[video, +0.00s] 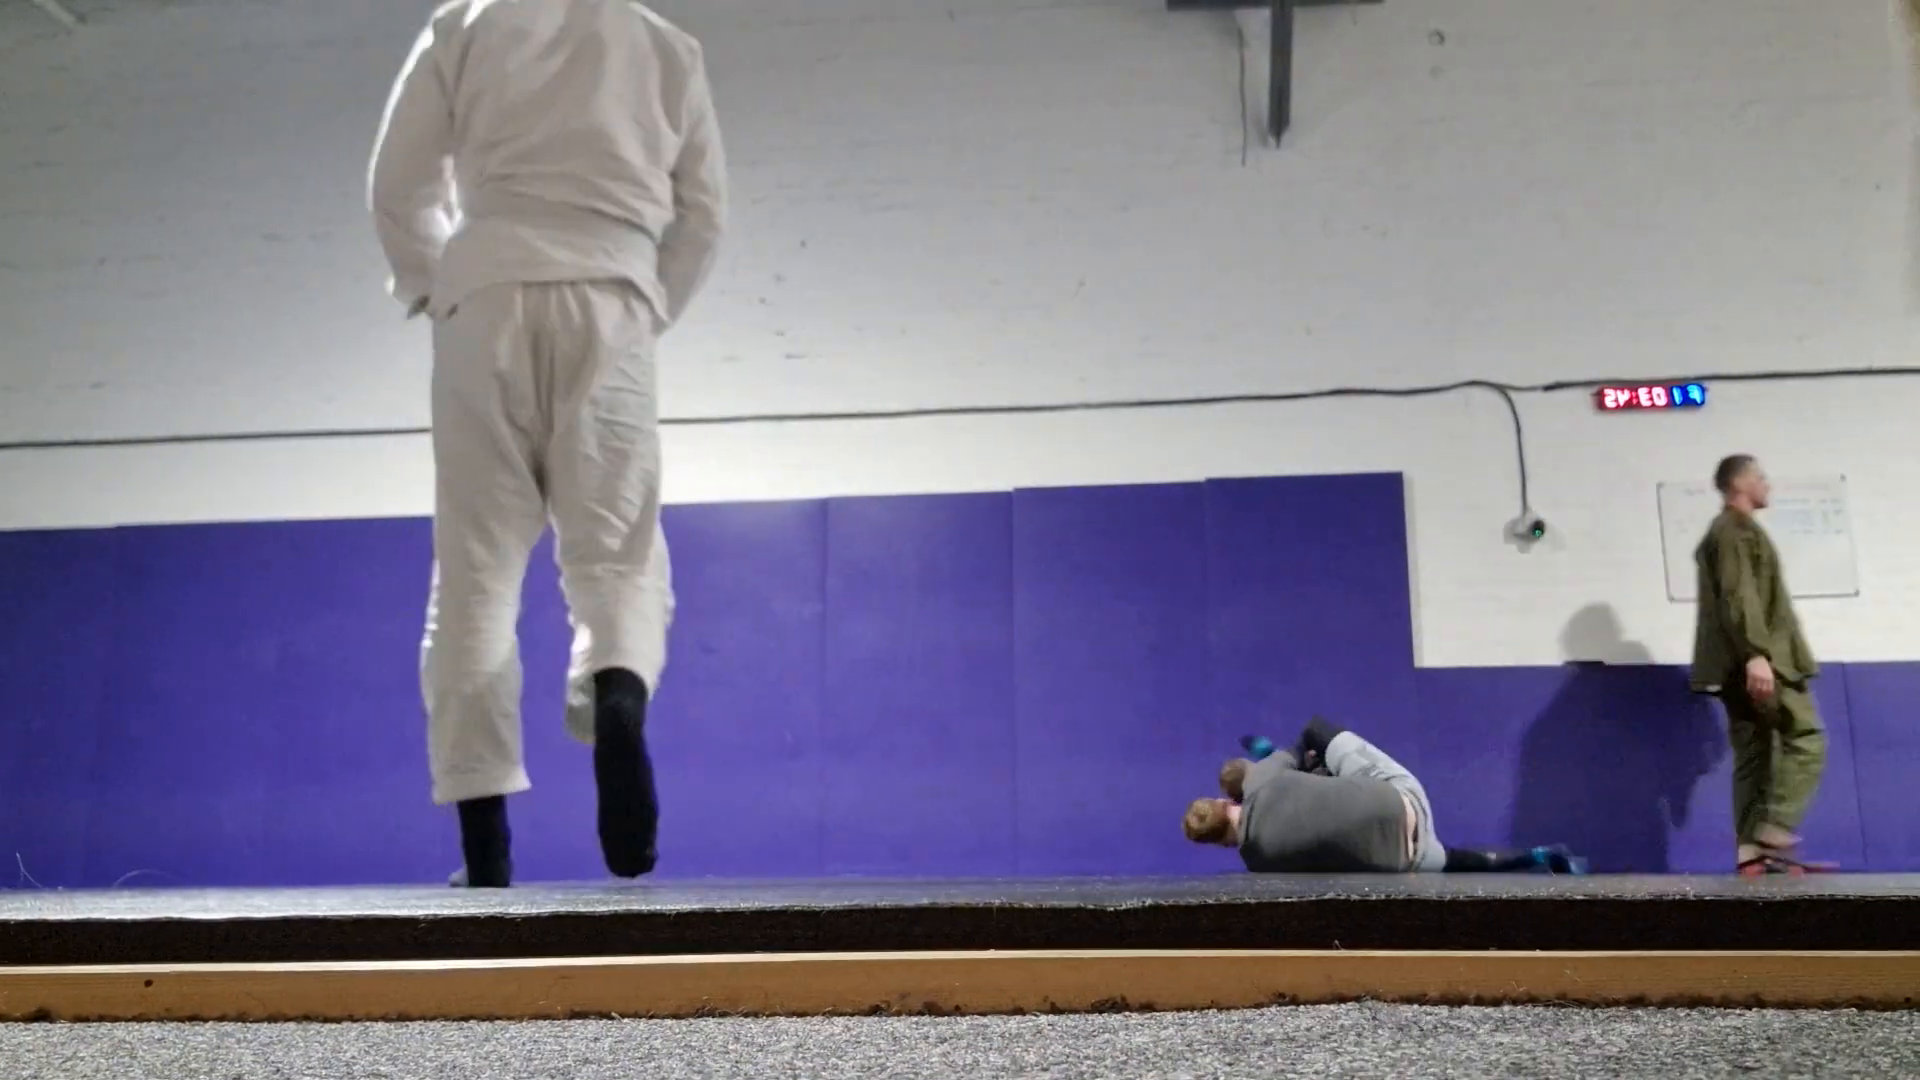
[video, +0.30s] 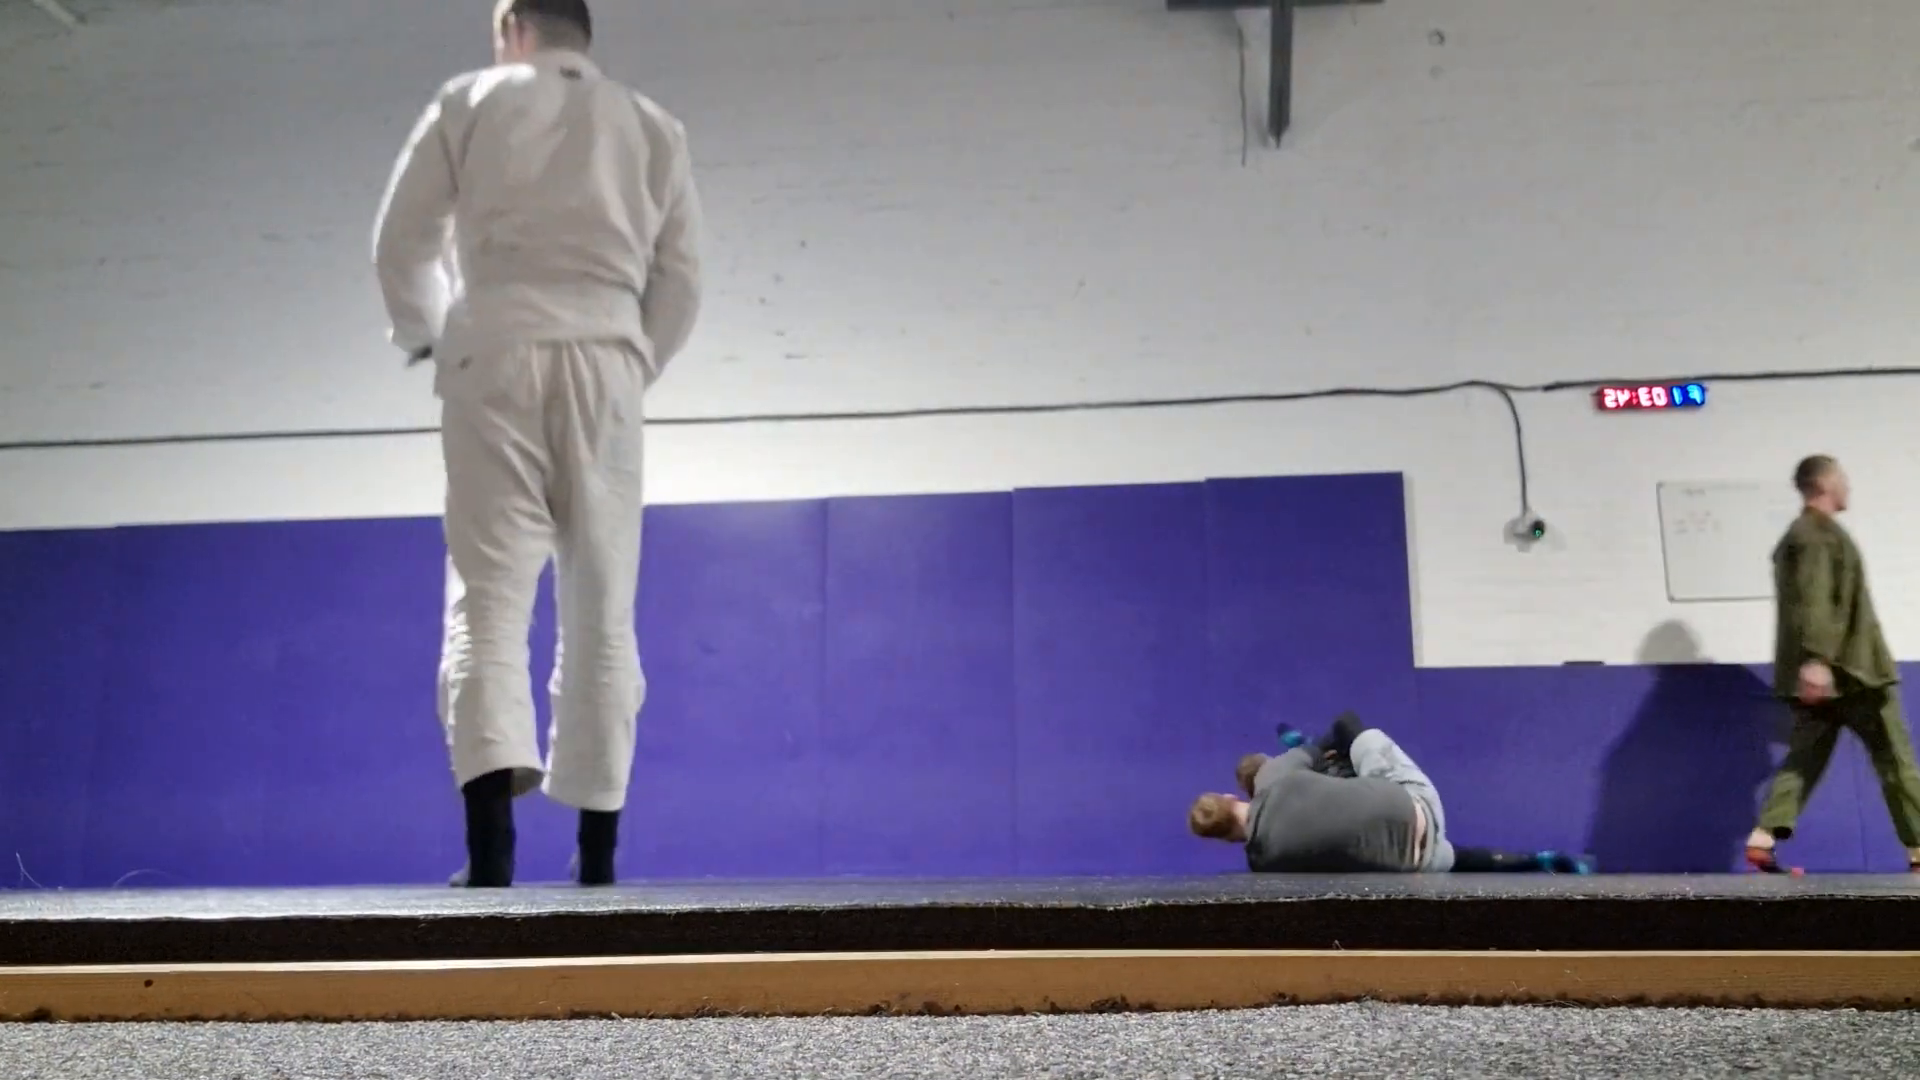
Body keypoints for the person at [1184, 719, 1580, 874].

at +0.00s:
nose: (1218, 798)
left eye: (1211, 828)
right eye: (1220, 795)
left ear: (1218, 843)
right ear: (1230, 794)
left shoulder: (1258, 862)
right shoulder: (1261, 778)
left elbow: (1315, 866)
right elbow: (1303, 751)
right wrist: (1281, 761)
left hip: (1407, 861)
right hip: (1407, 805)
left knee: (1459, 859)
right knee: (1320, 729)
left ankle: (1535, 861)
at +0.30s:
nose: (1252, 771)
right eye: (1247, 775)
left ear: (1225, 839)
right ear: (1242, 788)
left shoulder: (1264, 861)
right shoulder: (1275, 774)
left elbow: (1320, 857)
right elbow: (1340, 732)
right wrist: (1328, 755)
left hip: (1419, 863)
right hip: (1422, 810)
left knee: (1459, 856)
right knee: (1358, 731)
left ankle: (1540, 862)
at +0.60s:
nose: (1252, 779)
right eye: (1248, 780)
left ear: (1224, 841)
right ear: (1243, 791)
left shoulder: (1267, 864)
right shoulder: (1273, 779)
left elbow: (1324, 858)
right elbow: (1317, 760)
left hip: (1418, 860)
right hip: (1414, 806)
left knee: (1457, 860)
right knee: (1341, 747)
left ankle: (1539, 858)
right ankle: (1303, 723)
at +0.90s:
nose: (1250, 772)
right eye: (1244, 778)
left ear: (1219, 841)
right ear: (1232, 794)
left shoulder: (1260, 864)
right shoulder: (1265, 782)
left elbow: (1323, 864)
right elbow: (1305, 753)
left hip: (1410, 857)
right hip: (1398, 801)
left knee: (1471, 856)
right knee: (1311, 731)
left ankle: (1550, 854)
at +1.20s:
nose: (1234, 790)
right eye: (1232, 790)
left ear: (1220, 839)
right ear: (1235, 795)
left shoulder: (1260, 866)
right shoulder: (1272, 781)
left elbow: (1312, 854)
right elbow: (1315, 760)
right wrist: (1296, 764)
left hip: (1417, 860)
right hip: (1414, 806)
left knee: (1456, 857)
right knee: (1339, 734)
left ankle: (1522, 861)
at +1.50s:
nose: (1231, 792)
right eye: (1229, 793)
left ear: (1219, 839)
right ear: (1233, 798)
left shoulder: (1257, 866)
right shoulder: (1274, 784)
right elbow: (1305, 762)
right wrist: (1269, 769)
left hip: (1421, 861)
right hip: (1417, 810)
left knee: (1454, 854)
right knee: (1330, 726)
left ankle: (1501, 864)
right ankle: (1327, 770)